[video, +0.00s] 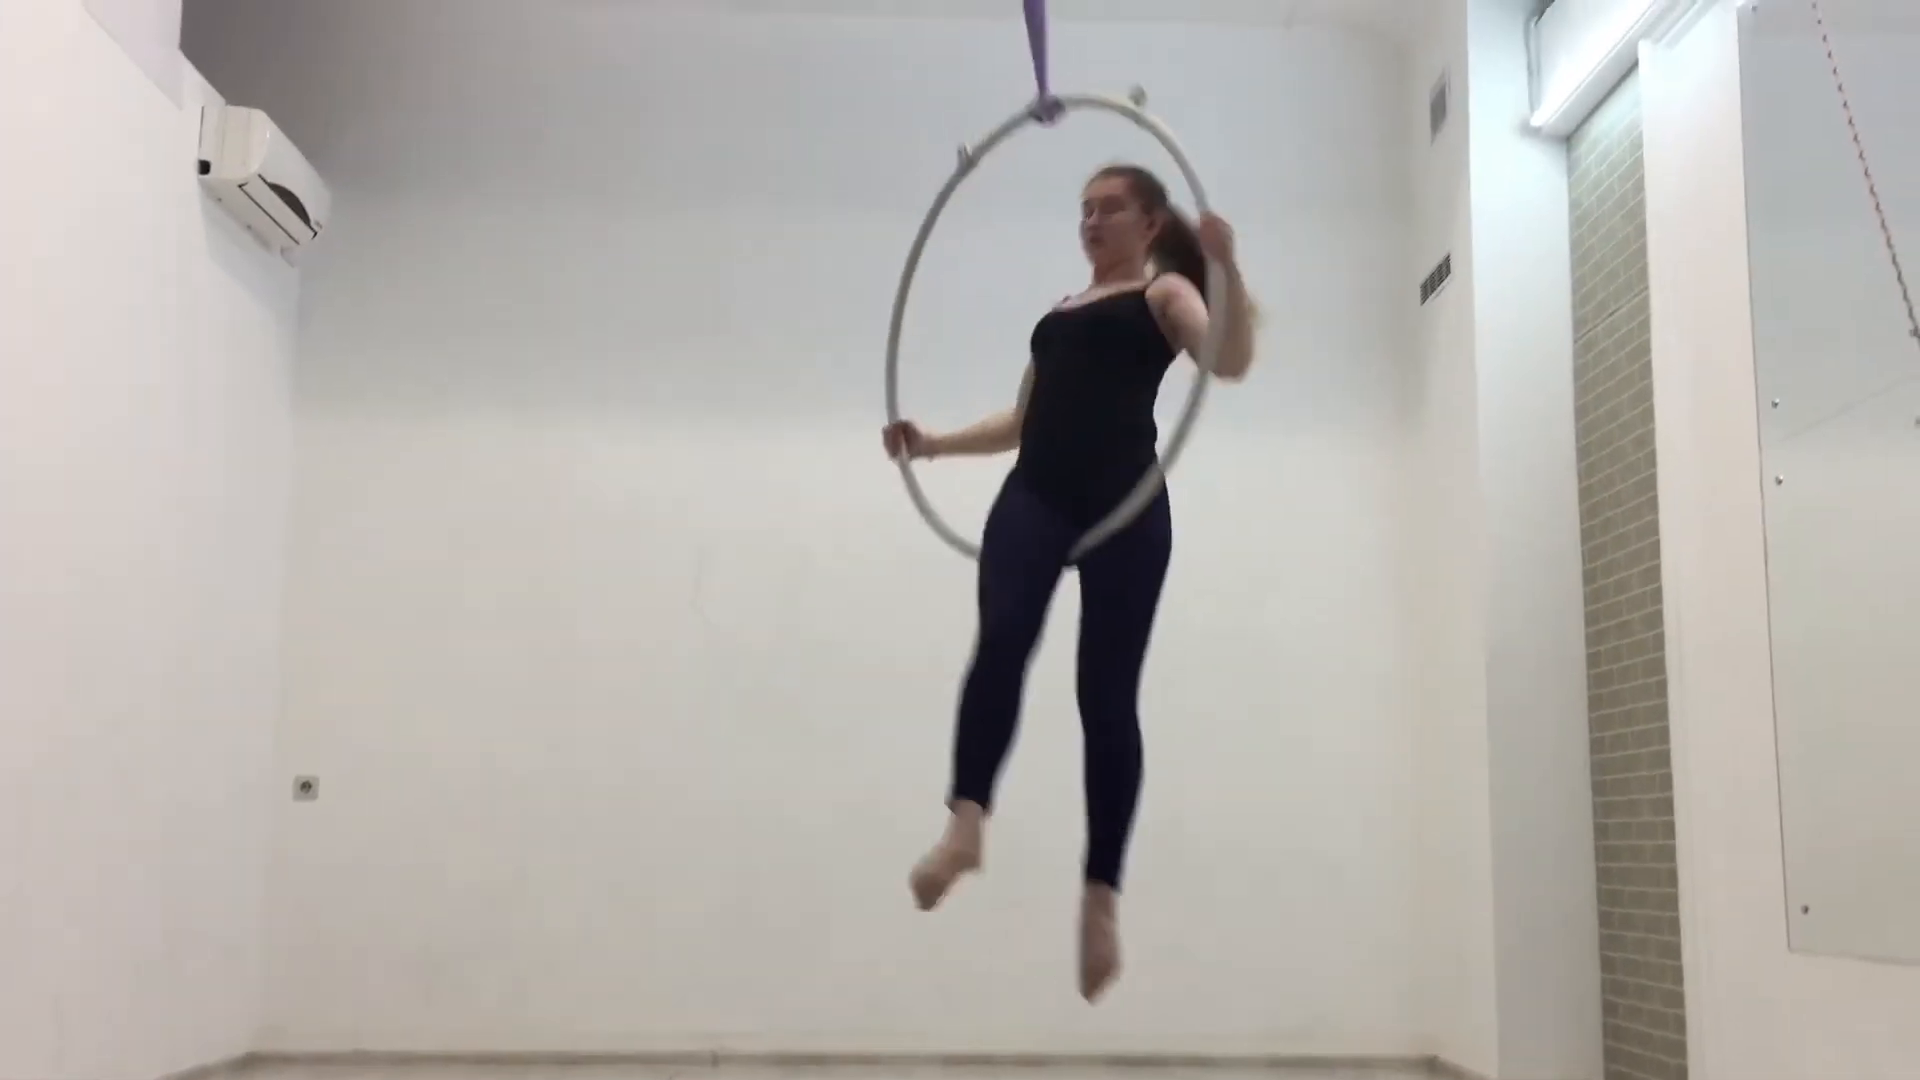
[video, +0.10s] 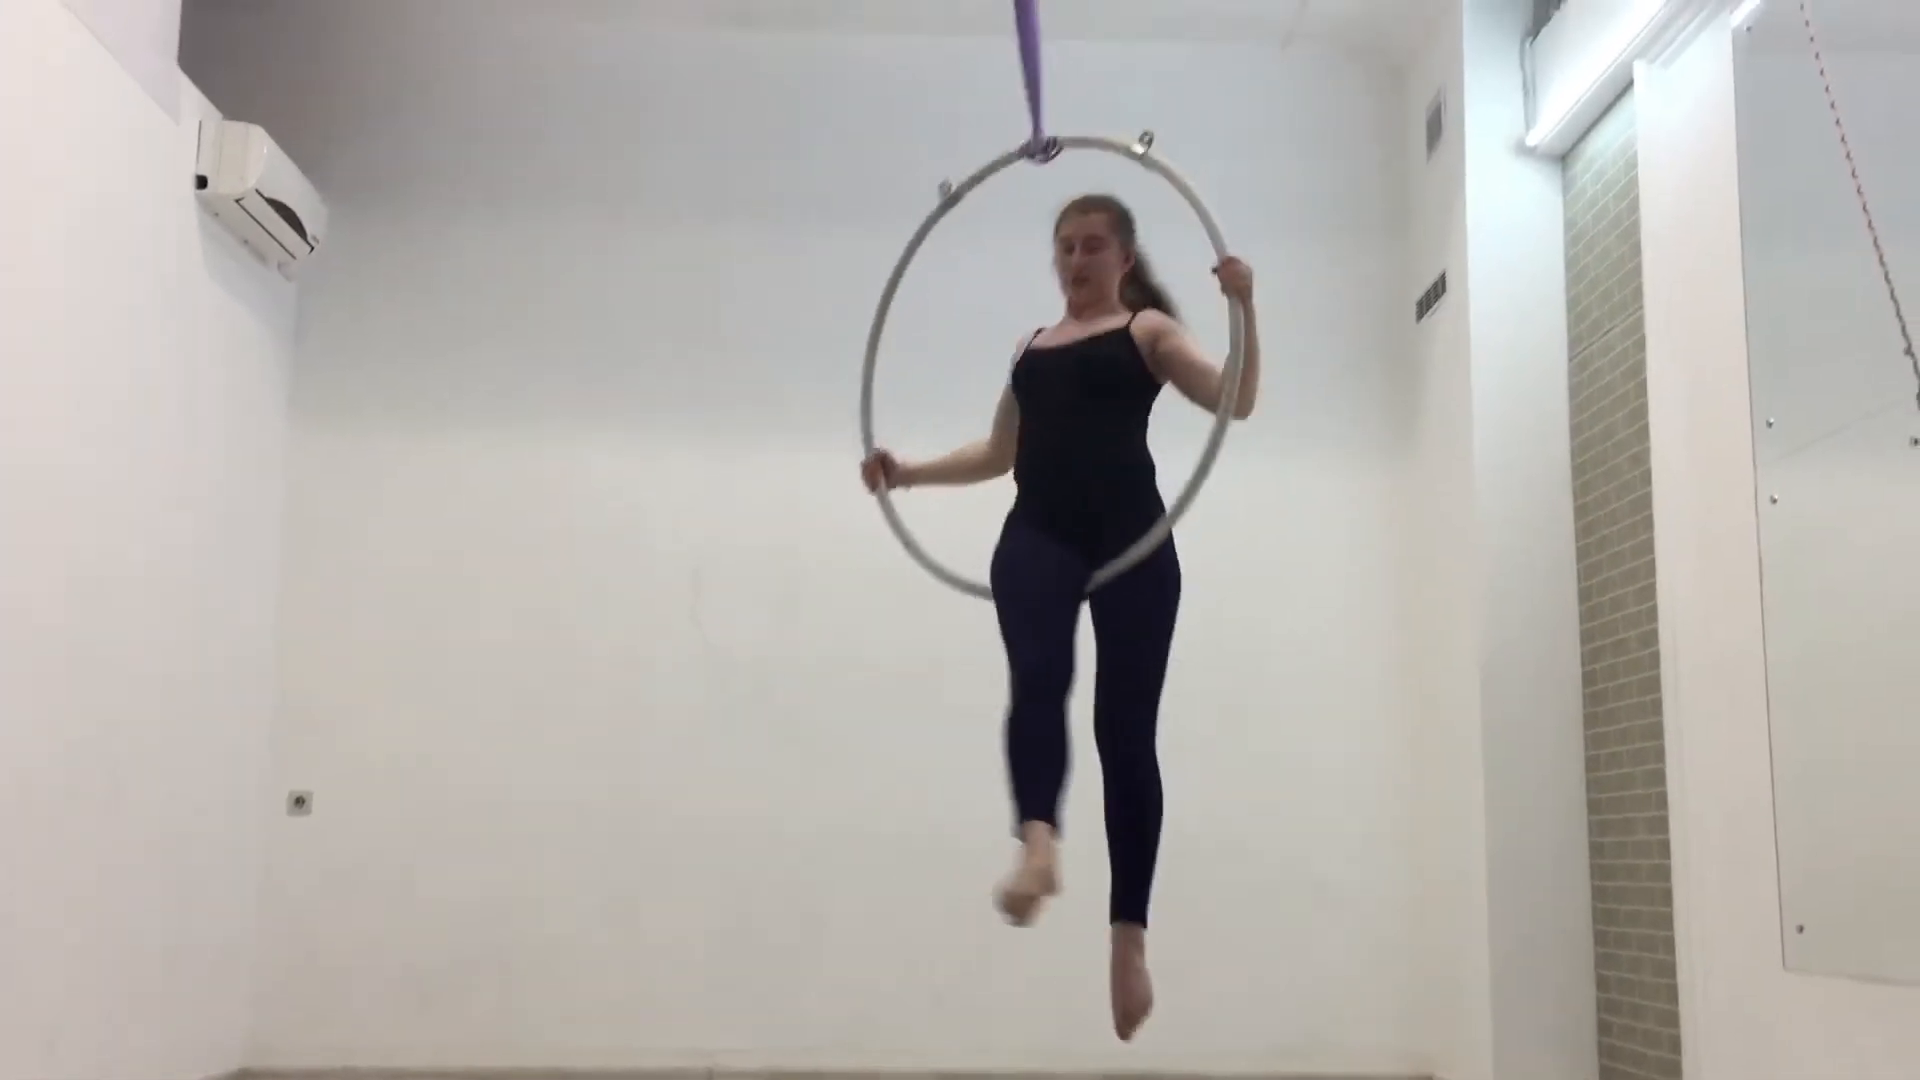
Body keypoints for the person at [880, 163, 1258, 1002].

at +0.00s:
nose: (1091, 220)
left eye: (1108, 207)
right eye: (1086, 209)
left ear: (1151, 223)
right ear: (1081, 225)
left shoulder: (1164, 292)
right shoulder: (1064, 316)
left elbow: (1228, 360)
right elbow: (1020, 426)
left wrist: (1226, 268)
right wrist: (932, 442)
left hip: (1125, 507)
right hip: (1034, 499)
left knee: (1107, 701)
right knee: (997, 650)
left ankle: (1101, 895)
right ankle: (964, 823)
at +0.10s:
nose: (1079, 258)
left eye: (1094, 246)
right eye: (1069, 247)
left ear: (1125, 256)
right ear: (1054, 259)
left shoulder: (1147, 330)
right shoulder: (1035, 349)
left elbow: (1234, 397)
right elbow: (996, 456)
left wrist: (1242, 308)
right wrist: (906, 472)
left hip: (1132, 541)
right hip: (1038, 539)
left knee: (1126, 733)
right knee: (1036, 685)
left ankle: (1129, 935)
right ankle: (1037, 844)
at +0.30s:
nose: (1056, 274)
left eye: (1069, 261)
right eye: (1041, 261)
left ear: (1087, 265)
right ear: (1014, 265)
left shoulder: (1112, 343)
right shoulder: (982, 352)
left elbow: (1200, 417)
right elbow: (894, 419)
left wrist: (1252, 348)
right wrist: (830, 369)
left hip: (1126, 554)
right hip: (1034, 554)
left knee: (1121, 742)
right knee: (1086, 685)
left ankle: (1125, 941)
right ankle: (1148, 836)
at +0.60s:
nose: (1021, 323)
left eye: (1026, 313)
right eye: (1004, 313)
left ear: (1029, 322)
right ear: (961, 322)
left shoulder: (1052, 404)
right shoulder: (936, 396)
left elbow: (1138, 421)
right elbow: (831, 374)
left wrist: (1151, 336)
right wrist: (825, 294)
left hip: (1072, 607)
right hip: (997, 599)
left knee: (1068, 812)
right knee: (1119, 686)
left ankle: (1069, 993)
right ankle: (1262, 824)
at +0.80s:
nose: (970, 347)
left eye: (973, 334)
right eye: (951, 337)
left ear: (977, 342)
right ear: (906, 354)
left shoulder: (990, 420)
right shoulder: (907, 424)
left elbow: (1065, 411)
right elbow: (860, 367)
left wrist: (1086, 326)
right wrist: (845, 283)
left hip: (1013, 621)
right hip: (973, 614)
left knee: (1003, 824)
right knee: (1140, 693)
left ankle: (972, 1006)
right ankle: (1306, 791)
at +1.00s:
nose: (919, 361)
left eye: (916, 348)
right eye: (906, 354)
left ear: (890, 373)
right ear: (865, 372)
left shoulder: (906, 450)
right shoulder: (848, 442)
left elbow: (976, 453)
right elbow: (893, 360)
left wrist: (1016, 372)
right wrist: (869, 281)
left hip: (916, 660)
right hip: (955, 628)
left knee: (1005, 833)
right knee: (1141, 696)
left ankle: (915, 969)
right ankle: (1316, 765)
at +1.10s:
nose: (879, 368)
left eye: (873, 358)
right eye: (866, 360)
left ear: (829, 376)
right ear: (831, 369)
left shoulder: (869, 450)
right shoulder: (819, 431)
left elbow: (939, 438)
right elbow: (890, 362)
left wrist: (978, 365)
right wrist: (853, 287)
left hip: (879, 665)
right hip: (930, 627)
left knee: (1006, 801)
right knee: (1121, 688)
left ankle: (942, 882)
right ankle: (1303, 750)